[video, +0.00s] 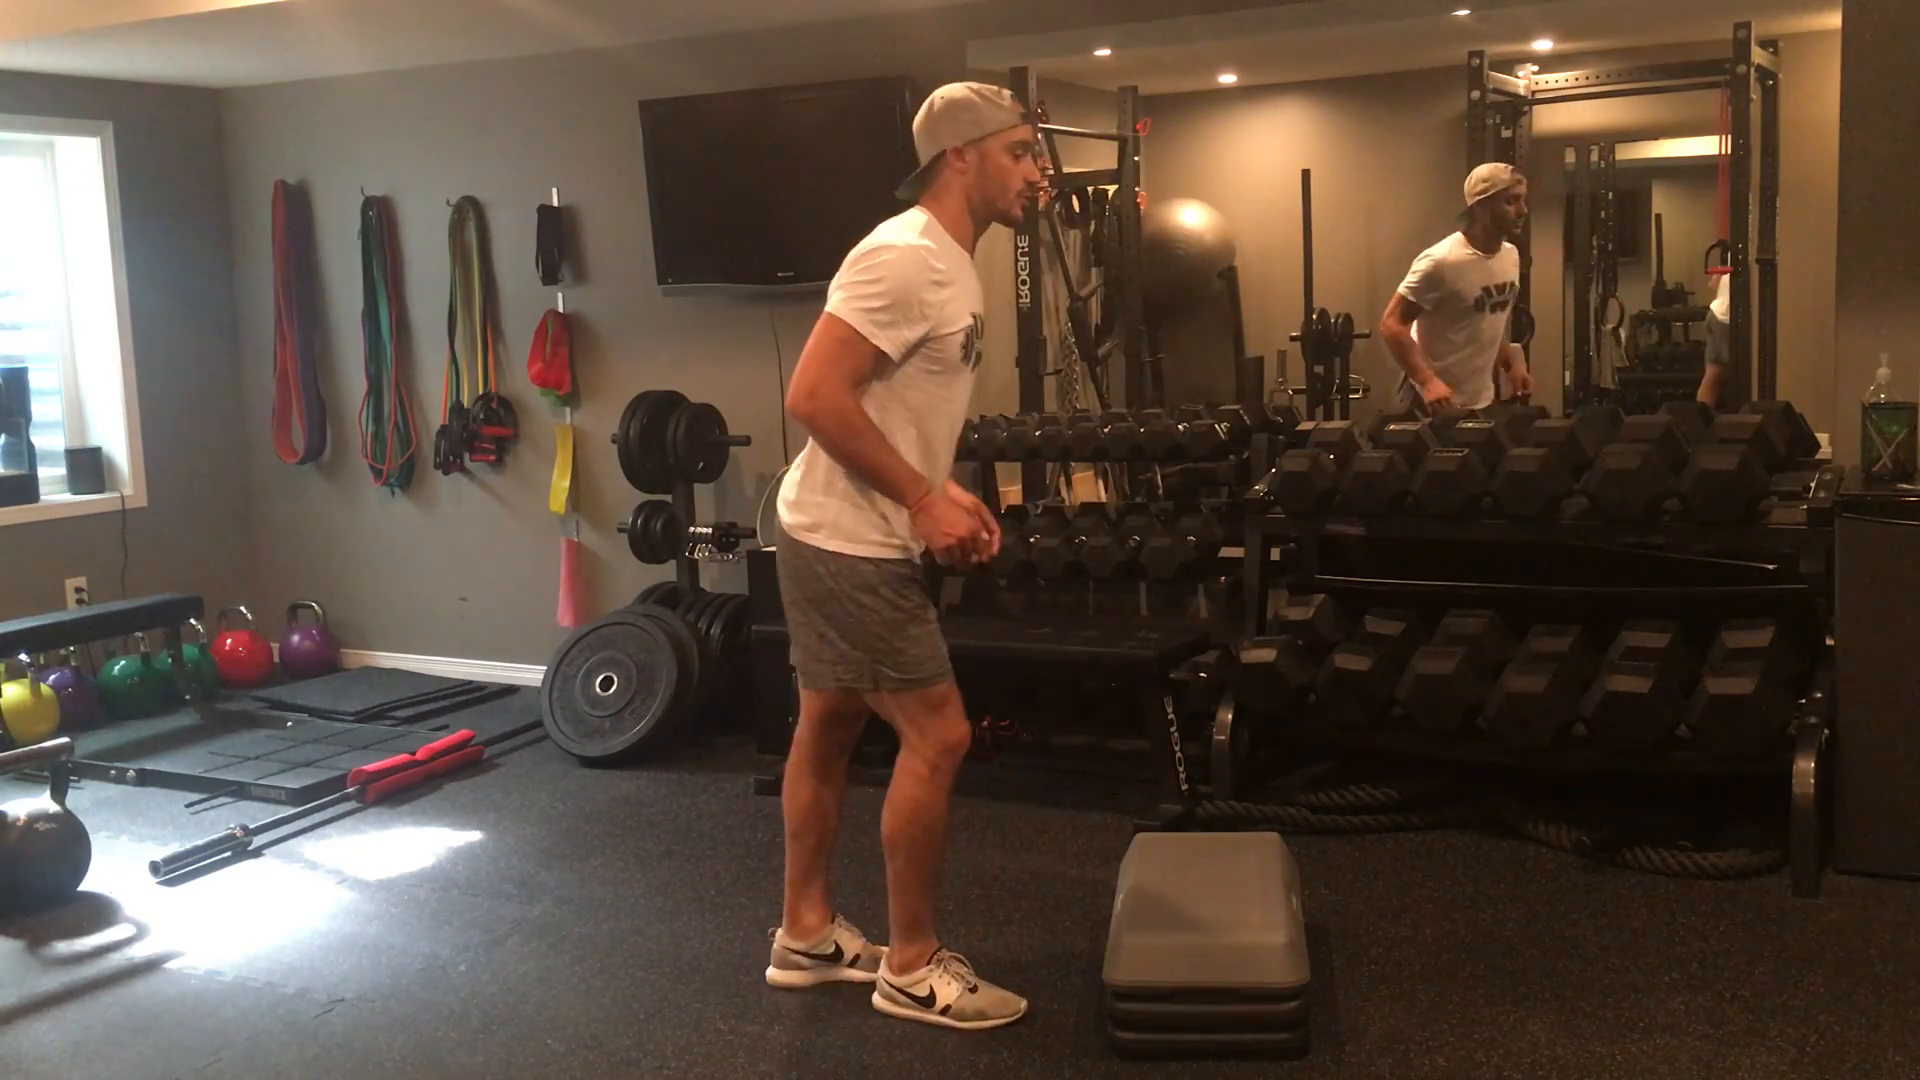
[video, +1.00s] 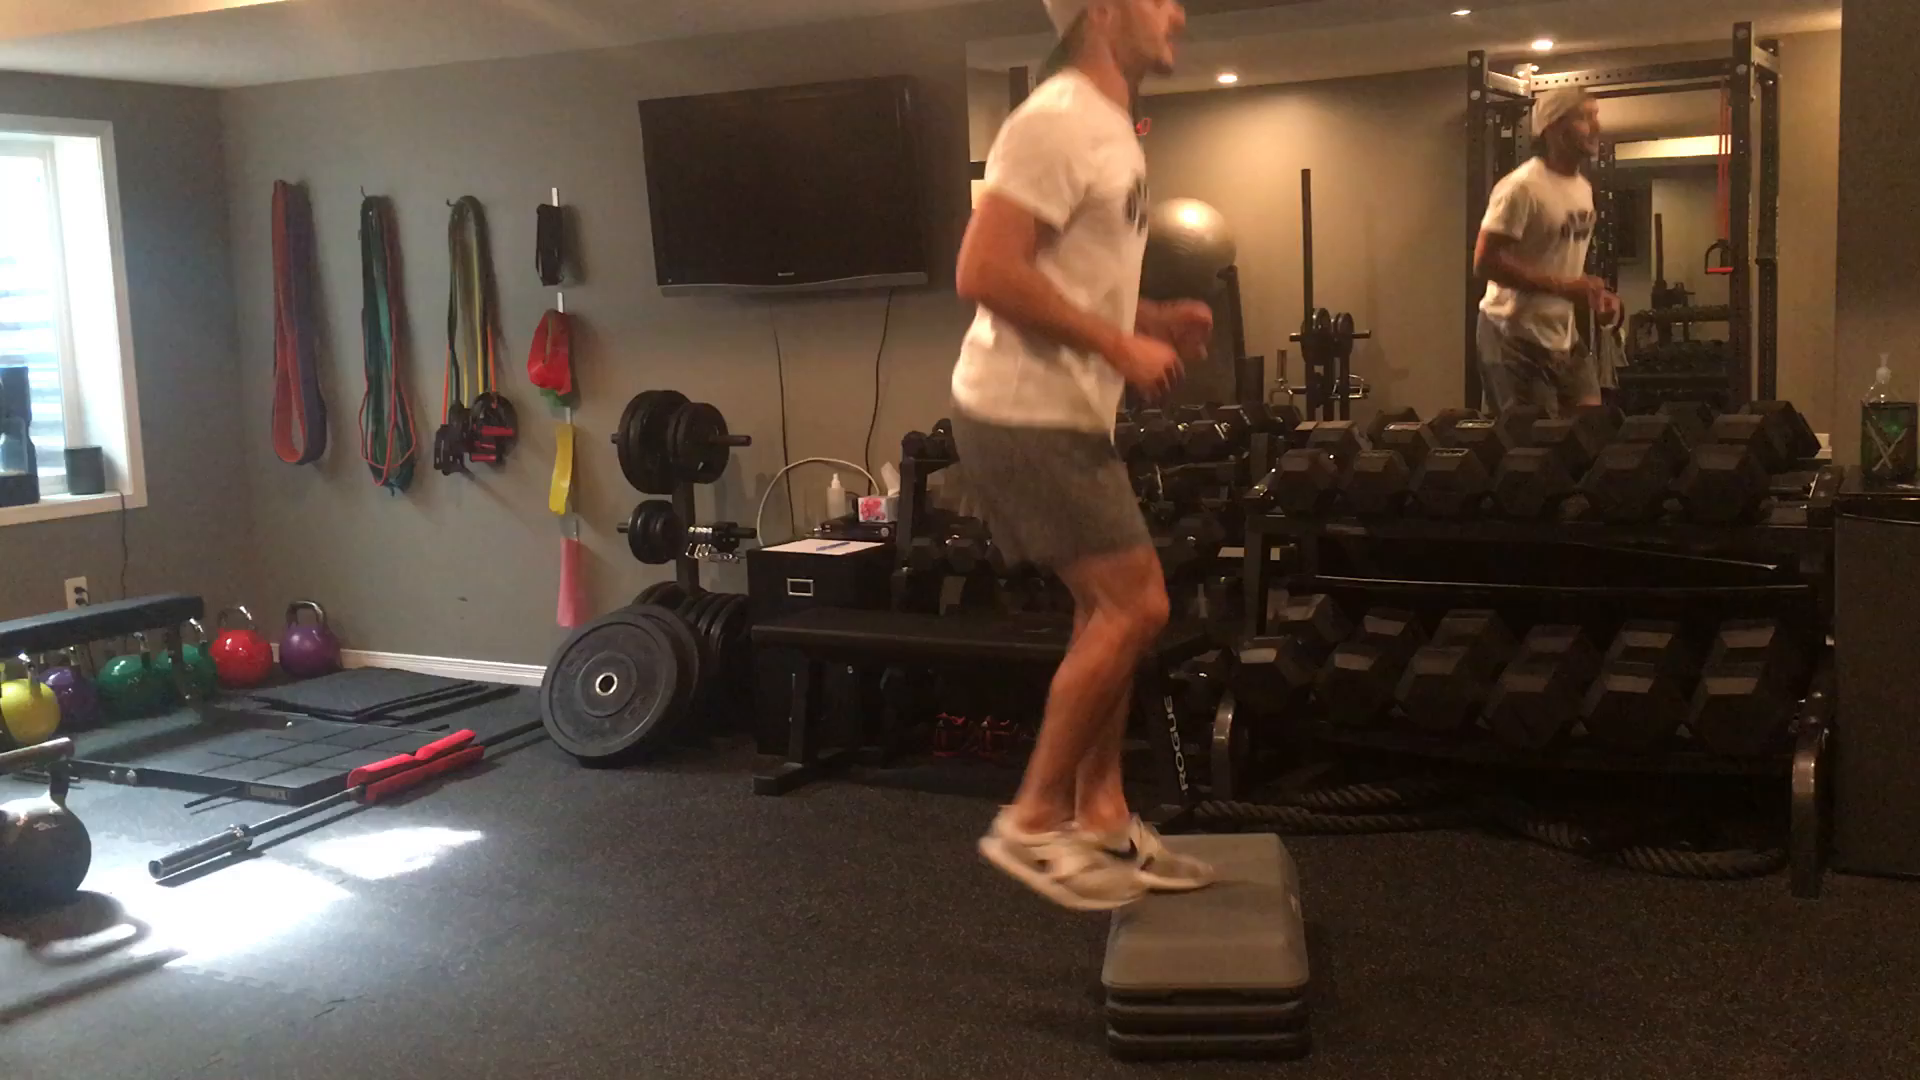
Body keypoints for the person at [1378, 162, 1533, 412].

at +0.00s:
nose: (1523, 211)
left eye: (1523, 201)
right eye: (1512, 201)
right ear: (1482, 206)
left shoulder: (1510, 256)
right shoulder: (1439, 262)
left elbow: (1485, 330)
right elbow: (1391, 325)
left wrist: (1513, 361)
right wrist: (1428, 383)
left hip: (1483, 406)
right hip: (1433, 411)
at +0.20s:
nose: (1530, 211)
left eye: (1530, 201)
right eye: (1519, 201)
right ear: (1488, 204)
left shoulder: (1510, 255)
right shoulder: (1444, 263)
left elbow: (1495, 321)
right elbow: (1392, 324)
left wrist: (1517, 361)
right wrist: (1434, 387)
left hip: (1488, 404)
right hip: (1442, 409)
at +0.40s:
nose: (1549, 202)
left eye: (1549, 192)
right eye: (1538, 192)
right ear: (1508, 196)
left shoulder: (1529, 251)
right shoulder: (1466, 249)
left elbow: (1508, 316)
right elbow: (1414, 311)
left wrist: (1531, 347)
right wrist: (1481, 343)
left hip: (1511, 394)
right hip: (1465, 397)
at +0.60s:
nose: (1570, 196)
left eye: (1570, 187)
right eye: (1558, 186)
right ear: (1526, 192)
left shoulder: (1556, 254)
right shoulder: (1480, 251)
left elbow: (1549, 324)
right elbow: (1428, 313)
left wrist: (1570, 350)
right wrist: (1464, 370)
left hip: (1525, 397)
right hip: (1479, 397)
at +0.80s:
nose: (1588, 180)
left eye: (1587, 170)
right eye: (1574, 171)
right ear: (1542, 182)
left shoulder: (1579, 239)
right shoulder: (1503, 244)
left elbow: (1566, 303)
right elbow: (1461, 314)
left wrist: (1595, 334)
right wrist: (1522, 360)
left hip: (1549, 379)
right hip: (1501, 381)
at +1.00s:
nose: (1597, 127)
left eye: (1596, 117)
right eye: (1585, 117)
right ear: (1553, 127)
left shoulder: (1581, 187)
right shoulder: (1519, 186)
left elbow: (1562, 264)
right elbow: (1485, 261)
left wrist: (1593, 292)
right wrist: (1566, 287)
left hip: (1560, 333)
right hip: (1512, 335)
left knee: (1589, 419)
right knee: (1524, 435)